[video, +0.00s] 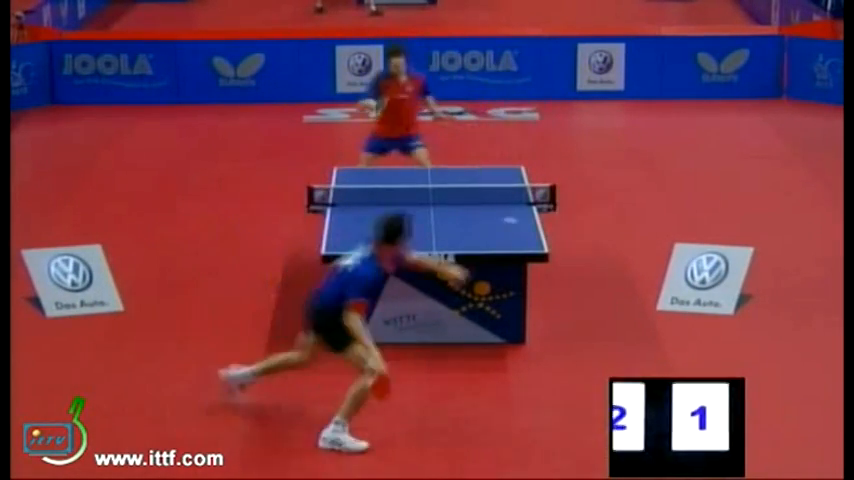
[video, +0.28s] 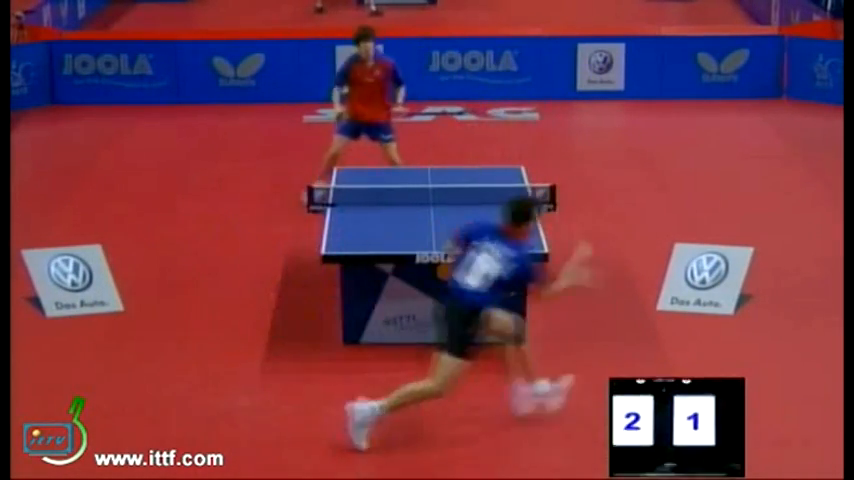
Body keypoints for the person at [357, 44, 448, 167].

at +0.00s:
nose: (397, 67)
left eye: (400, 64)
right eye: (394, 64)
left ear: (405, 64)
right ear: (389, 65)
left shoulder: (417, 81)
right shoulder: (382, 80)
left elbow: (427, 99)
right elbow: (375, 102)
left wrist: (436, 112)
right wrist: (372, 108)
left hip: (408, 134)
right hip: (383, 134)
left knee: (426, 164)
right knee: (364, 166)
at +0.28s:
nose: (366, 48)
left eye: (369, 43)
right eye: (363, 44)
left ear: (374, 45)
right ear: (357, 46)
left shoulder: (386, 65)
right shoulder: (351, 64)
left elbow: (400, 85)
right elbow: (337, 86)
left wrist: (399, 103)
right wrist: (337, 106)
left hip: (379, 116)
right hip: (354, 115)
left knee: (393, 158)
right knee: (334, 151)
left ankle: (406, 190)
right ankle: (322, 183)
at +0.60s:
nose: (327, 67)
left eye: (330, 63)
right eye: (323, 64)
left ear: (335, 64)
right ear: (319, 66)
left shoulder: (347, 82)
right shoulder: (323, 83)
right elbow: (324, 106)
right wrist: (310, 121)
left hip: (360, 133)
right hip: (337, 132)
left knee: (380, 168)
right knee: (305, 155)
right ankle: (305, 186)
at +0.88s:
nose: (257, 84)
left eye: (257, 80)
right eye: (255, 81)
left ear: (262, 75)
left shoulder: (280, 84)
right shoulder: (275, 87)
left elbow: (291, 108)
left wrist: (279, 131)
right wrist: (271, 135)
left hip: (320, 127)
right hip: (302, 128)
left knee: (311, 165)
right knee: (280, 159)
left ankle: (341, 178)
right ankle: (300, 185)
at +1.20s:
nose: (225, 71)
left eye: (227, 66)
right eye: (222, 69)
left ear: (233, 65)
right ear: (219, 72)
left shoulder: (249, 79)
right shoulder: (222, 84)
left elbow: (271, 97)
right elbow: (200, 84)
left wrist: (252, 93)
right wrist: (215, 66)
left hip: (257, 132)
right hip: (237, 135)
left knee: (248, 162)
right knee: (228, 172)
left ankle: (265, 200)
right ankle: (257, 175)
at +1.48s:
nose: (214, 80)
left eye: (217, 77)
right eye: (211, 76)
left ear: (220, 79)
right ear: (202, 78)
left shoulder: (225, 98)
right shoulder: (194, 96)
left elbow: (243, 114)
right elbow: (174, 111)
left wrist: (259, 130)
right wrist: (189, 92)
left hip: (213, 147)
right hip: (190, 147)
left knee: (235, 171)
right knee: (170, 178)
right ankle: (142, 201)